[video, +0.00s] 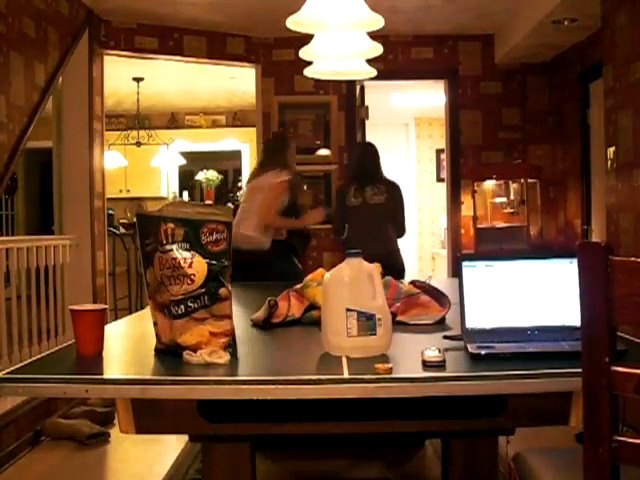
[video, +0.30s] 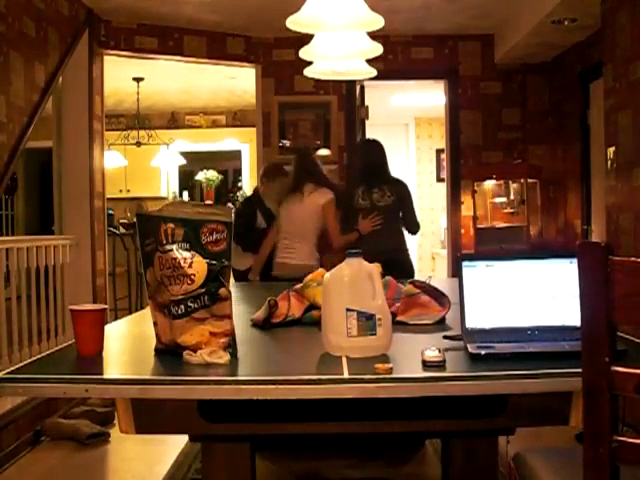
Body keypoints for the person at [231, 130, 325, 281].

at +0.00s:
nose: (294, 154)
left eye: (293, 149)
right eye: (292, 150)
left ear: (268, 152)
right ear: (286, 152)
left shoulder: (257, 174)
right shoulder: (281, 177)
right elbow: (267, 218)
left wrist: (274, 230)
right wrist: (303, 222)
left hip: (237, 244)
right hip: (257, 246)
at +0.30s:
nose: (330, 170)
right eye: (326, 166)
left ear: (297, 172)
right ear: (319, 170)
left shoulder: (288, 197)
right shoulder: (325, 196)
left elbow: (272, 237)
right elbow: (336, 242)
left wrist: (254, 271)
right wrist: (359, 232)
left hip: (280, 269)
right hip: (306, 269)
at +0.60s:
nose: (280, 164)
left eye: (283, 159)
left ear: (290, 162)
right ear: (319, 157)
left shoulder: (288, 185)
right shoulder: (336, 177)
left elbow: (275, 227)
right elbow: (358, 210)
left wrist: (252, 229)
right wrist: (335, 218)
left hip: (298, 256)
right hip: (332, 259)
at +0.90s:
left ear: (300, 157)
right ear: (325, 157)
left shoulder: (287, 182)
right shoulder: (336, 182)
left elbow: (277, 225)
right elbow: (343, 226)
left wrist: (290, 240)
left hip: (295, 251)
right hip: (328, 252)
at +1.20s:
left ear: (290, 161)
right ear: (314, 162)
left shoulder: (273, 185)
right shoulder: (323, 185)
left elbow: (261, 224)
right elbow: (329, 225)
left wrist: (267, 258)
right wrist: (336, 252)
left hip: (284, 257)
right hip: (318, 256)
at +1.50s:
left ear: (292, 163)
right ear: (315, 161)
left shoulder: (282, 187)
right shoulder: (330, 184)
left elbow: (269, 215)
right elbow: (340, 223)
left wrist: (272, 254)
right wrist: (342, 254)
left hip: (296, 254)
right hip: (328, 253)